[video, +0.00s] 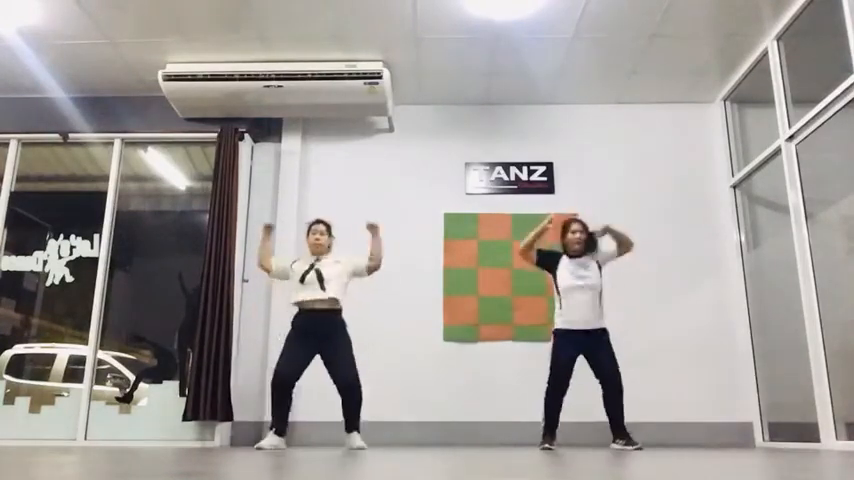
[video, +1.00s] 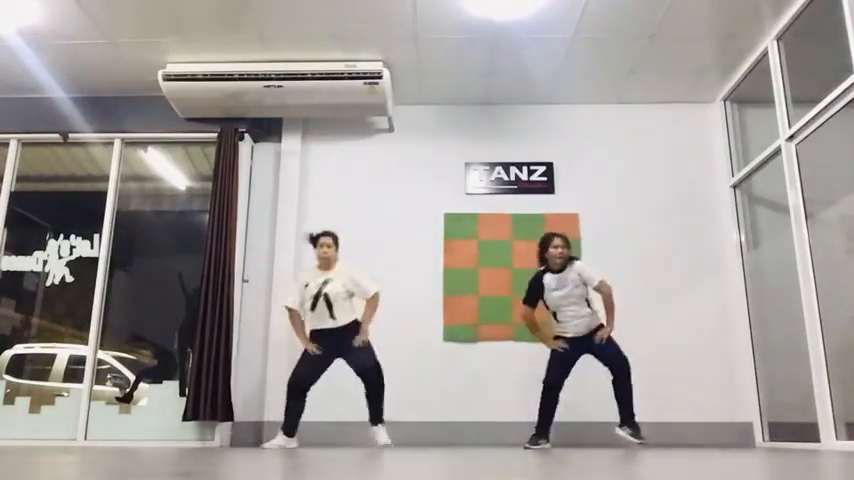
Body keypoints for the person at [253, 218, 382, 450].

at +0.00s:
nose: (317, 237)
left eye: (322, 234)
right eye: (313, 233)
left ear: (330, 240)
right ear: (307, 239)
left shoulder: (343, 264)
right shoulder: (296, 266)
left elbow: (374, 265)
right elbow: (265, 264)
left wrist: (375, 236)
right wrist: (267, 235)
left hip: (333, 326)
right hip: (303, 326)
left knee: (349, 382)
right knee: (282, 379)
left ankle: (353, 434)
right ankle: (277, 434)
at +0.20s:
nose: (325, 240)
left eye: (330, 237)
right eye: (322, 237)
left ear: (337, 244)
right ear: (315, 243)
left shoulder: (345, 271)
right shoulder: (305, 266)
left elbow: (364, 286)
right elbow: (279, 277)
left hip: (340, 326)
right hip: (312, 326)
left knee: (353, 379)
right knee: (290, 378)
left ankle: (353, 434)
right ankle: (278, 434)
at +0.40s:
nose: (333, 241)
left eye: (338, 238)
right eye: (330, 238)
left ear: (348, 244)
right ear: (325, 244)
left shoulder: (355, 273)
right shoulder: (313, 266)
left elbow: (377, 303)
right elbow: (290, 290)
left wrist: (362, 336)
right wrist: (293, 325)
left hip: (341, 332)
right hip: (310, 328)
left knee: (355, 380)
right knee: (284, 374)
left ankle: (353, 433)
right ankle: (277, 430)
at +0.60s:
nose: (325, 261)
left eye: (329, 256)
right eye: (321, 258)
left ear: (340, 260)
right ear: (318, 262)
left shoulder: (348, 286)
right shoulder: (311, 285)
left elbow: (360, 318)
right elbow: (288, 310)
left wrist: (352, 351)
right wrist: (289, 339)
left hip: (334, 349)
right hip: (305, 345)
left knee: (347, 391)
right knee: (273, 381)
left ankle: (351, 436)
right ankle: (285, 434)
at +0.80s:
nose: (310, 262)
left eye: (314, 258)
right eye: (306, 258)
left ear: (323, 263)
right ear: (301, 263)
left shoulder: (336, 285)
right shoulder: (297, 290)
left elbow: (356, 311)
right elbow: (279, 319)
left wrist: (357, 344)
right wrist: (292, 347)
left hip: (339, 349)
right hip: (309, 350)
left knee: (353, 384)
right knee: (279, 382)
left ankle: (354, 434)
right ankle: (287, 436)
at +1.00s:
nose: (325, 250)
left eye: (329, 246)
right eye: (321, 246)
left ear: (336, 250)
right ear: (315, 250)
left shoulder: (347, 275)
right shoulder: (305, 279)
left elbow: (373, 295)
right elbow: (293, 309)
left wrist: (364, 326)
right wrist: (304, 341)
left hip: (350, 336)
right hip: (320, 340)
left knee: (374, 376)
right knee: (297, 384)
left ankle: (377, 425)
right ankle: (288, 435)